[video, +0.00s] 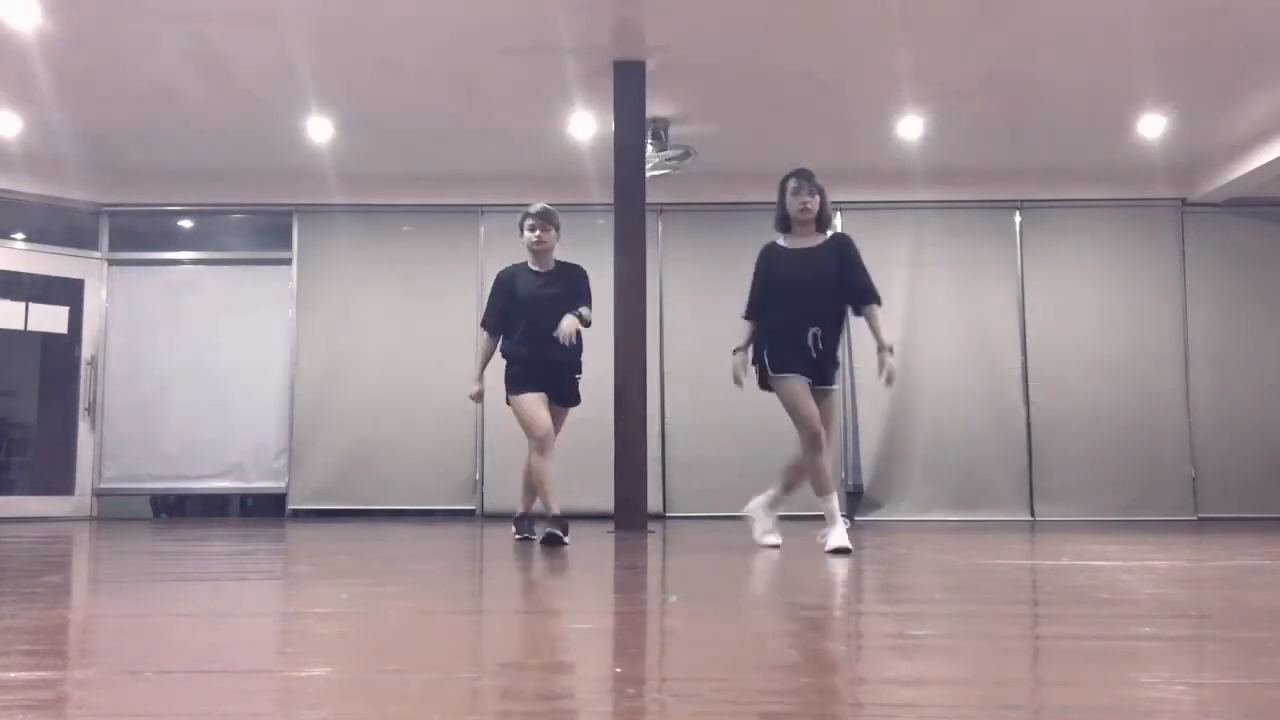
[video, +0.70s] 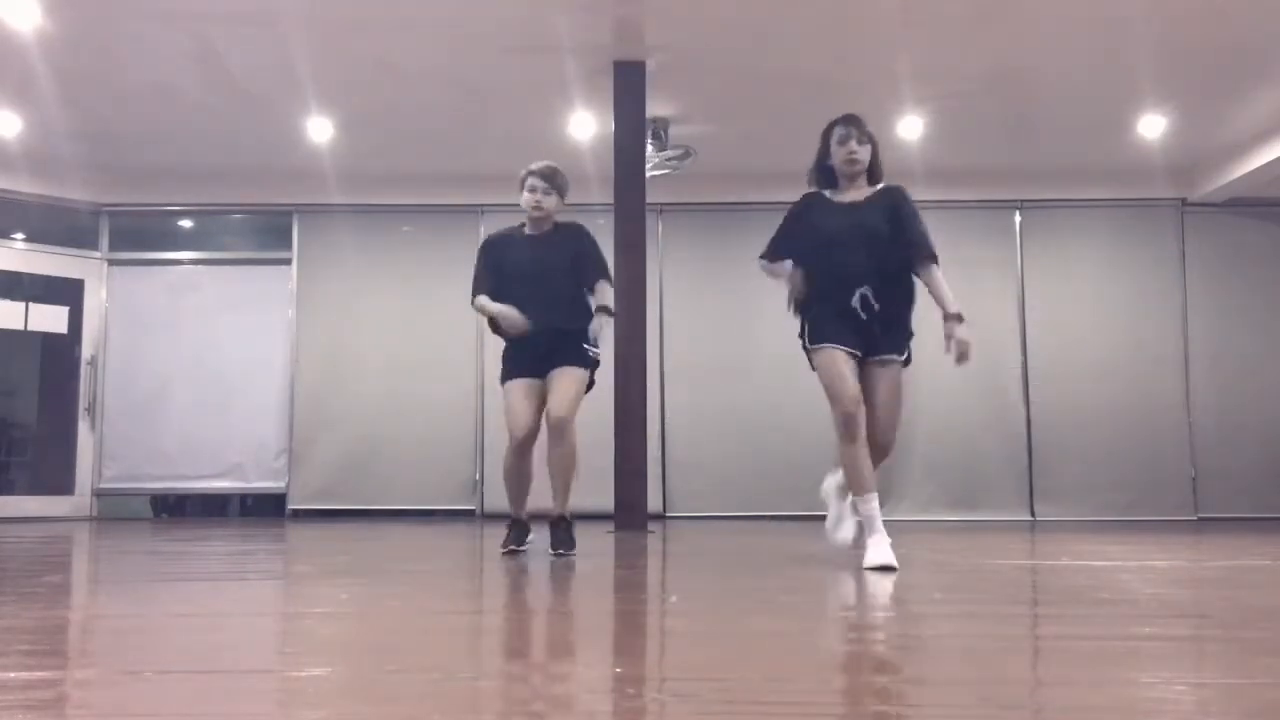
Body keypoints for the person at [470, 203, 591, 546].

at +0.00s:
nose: (539, 234)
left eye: (546, 228)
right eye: (532, 228)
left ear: (557, 234)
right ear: (522, 235)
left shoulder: (574, 274)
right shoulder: (509, 278)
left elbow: (585, 313)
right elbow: (491, 331)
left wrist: (573, 318)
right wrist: (478, 377)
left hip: (563, 373)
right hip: (521, 371)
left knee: (542, 447)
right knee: (542, 435)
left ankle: (524, 516)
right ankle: (554, 519)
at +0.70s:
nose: (537, 197)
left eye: (547, 192)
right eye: (531, 190)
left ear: (560, 200)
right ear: (520, 195)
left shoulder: (576, 237)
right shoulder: (496, 244)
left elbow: (601, 282)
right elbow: (479, 297)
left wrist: (602, 314)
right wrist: (498, 311)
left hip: (571, 342)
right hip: (522, 344)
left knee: (558, 419)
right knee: (521, 432)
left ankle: (561, 519)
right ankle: (518, 521)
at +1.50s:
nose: (528, 146)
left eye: (537, 140)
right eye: (520, 139)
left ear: (549, 152)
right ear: (506, 147)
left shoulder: (562, 209)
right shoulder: (481, 196)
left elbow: (576, 266)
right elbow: (458, 252)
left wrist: (561, 291)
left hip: (543, 320)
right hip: (491, 318)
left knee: (556, 420)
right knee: (458, 414)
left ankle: (582, 519)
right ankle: (423, 507)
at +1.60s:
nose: (517, 158)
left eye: (526, 152)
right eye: (509, 151)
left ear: (539, 163)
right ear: (495, 160)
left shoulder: (553, 220)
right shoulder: (471, 208)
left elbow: (573, 279)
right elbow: (446, 261)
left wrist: (551, 298)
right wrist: (457, 289)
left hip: (532, 335)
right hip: (477, 332)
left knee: (552, 436)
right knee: (448, 433)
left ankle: (584, 527)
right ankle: (414, 527)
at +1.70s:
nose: (506, 162)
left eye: (515, 156)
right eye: (497, 155)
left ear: (530, 167)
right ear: (485, 167)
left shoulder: (547, 221)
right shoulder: (464, 216)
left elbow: (557, 284)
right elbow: (442, 266)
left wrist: (537, 339)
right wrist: (458, 283)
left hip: (523, 343)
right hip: (466, 339)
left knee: (547, 440)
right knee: (443, 435)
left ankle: (583, 527)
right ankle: (413, 529)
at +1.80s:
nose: (499, 171)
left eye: (509, 165)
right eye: (491, 164)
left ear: (523, 175)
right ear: (480, 175)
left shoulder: (541, 217)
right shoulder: (468, 233)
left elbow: (560, 279)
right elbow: (449, 296)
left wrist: (534, 329)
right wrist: (462, 286)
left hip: (518, 343)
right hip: (465, 344)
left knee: (545, 440)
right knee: (441, 437)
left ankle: (582, 526)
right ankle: (412, 530)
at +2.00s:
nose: (500, 169)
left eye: (510, 163)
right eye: (492, 162)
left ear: (524, 175)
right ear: (480, 173)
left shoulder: (537, 232)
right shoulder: (456, 214)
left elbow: (558, 292)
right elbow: (432, 274)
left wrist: (531, 287)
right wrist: (461, 313)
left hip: (535, 343)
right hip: (482, 343)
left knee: (562, 435)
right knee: (456, 440)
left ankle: (588, 527)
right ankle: (418, 530)